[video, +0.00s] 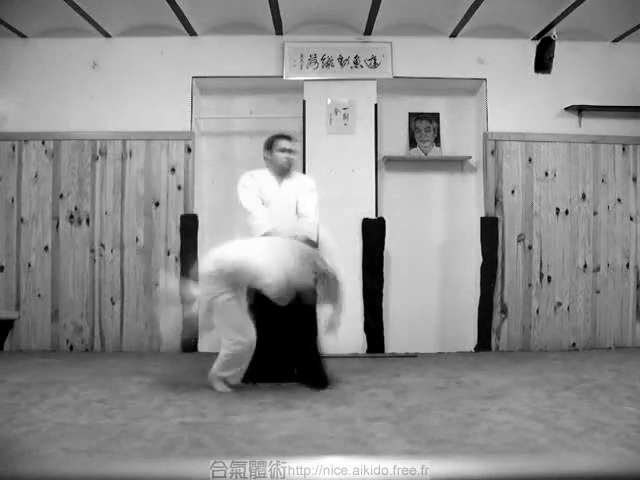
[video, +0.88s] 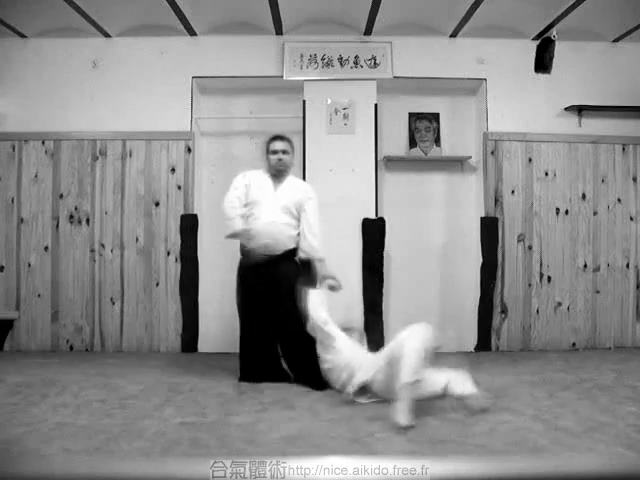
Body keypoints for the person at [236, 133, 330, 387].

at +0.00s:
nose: (288, 156)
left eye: (291, 152)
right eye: (282, 151)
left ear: (295, 155)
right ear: (268, 155)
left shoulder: (305, 182)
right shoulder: (251, 180)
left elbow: (310, 219)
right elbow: (254, 214)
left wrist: (304, 239)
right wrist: (274, 235)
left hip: (300, 249)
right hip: (264, 249)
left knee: (301, 311)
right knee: (267, 311)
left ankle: (307, 370)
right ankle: (266, 370)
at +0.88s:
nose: (279, 157)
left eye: (285, 153)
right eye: (274, 153)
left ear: (292, 157)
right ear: (266, 157)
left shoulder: (302, 190)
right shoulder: (248, 180)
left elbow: (311, 231)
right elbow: (230, 206)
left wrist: (317, 268)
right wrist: (242, 234)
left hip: (286, 262)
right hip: (252, 262)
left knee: (291, 323)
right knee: (254, 323)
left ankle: (309, 377)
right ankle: (257, 374)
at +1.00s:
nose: (283, 158)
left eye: (288, 154)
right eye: (278, 153)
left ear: (295, 158)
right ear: (269, 157)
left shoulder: (305, 191)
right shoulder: (248, 181)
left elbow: (312, 235)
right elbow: (226, 212)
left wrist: (319, 271)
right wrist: (225, 247)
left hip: (287, 264)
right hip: (252, 263)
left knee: (294, 324)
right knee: (253, 323)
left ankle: (308, 377)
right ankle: (256, 374)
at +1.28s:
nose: (274, 157)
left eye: (279, 153)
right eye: (268, 153)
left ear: (286, 157)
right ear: (259, 157)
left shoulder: (298, 189)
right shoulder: (242, 183)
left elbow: (309, 231)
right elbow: (222, 219)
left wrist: (321, 265)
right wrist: (209, 256)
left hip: (286, 264)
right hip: (251, 263)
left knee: (294, 323)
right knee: (252, 323)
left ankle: (308, 377)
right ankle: (254, 375)